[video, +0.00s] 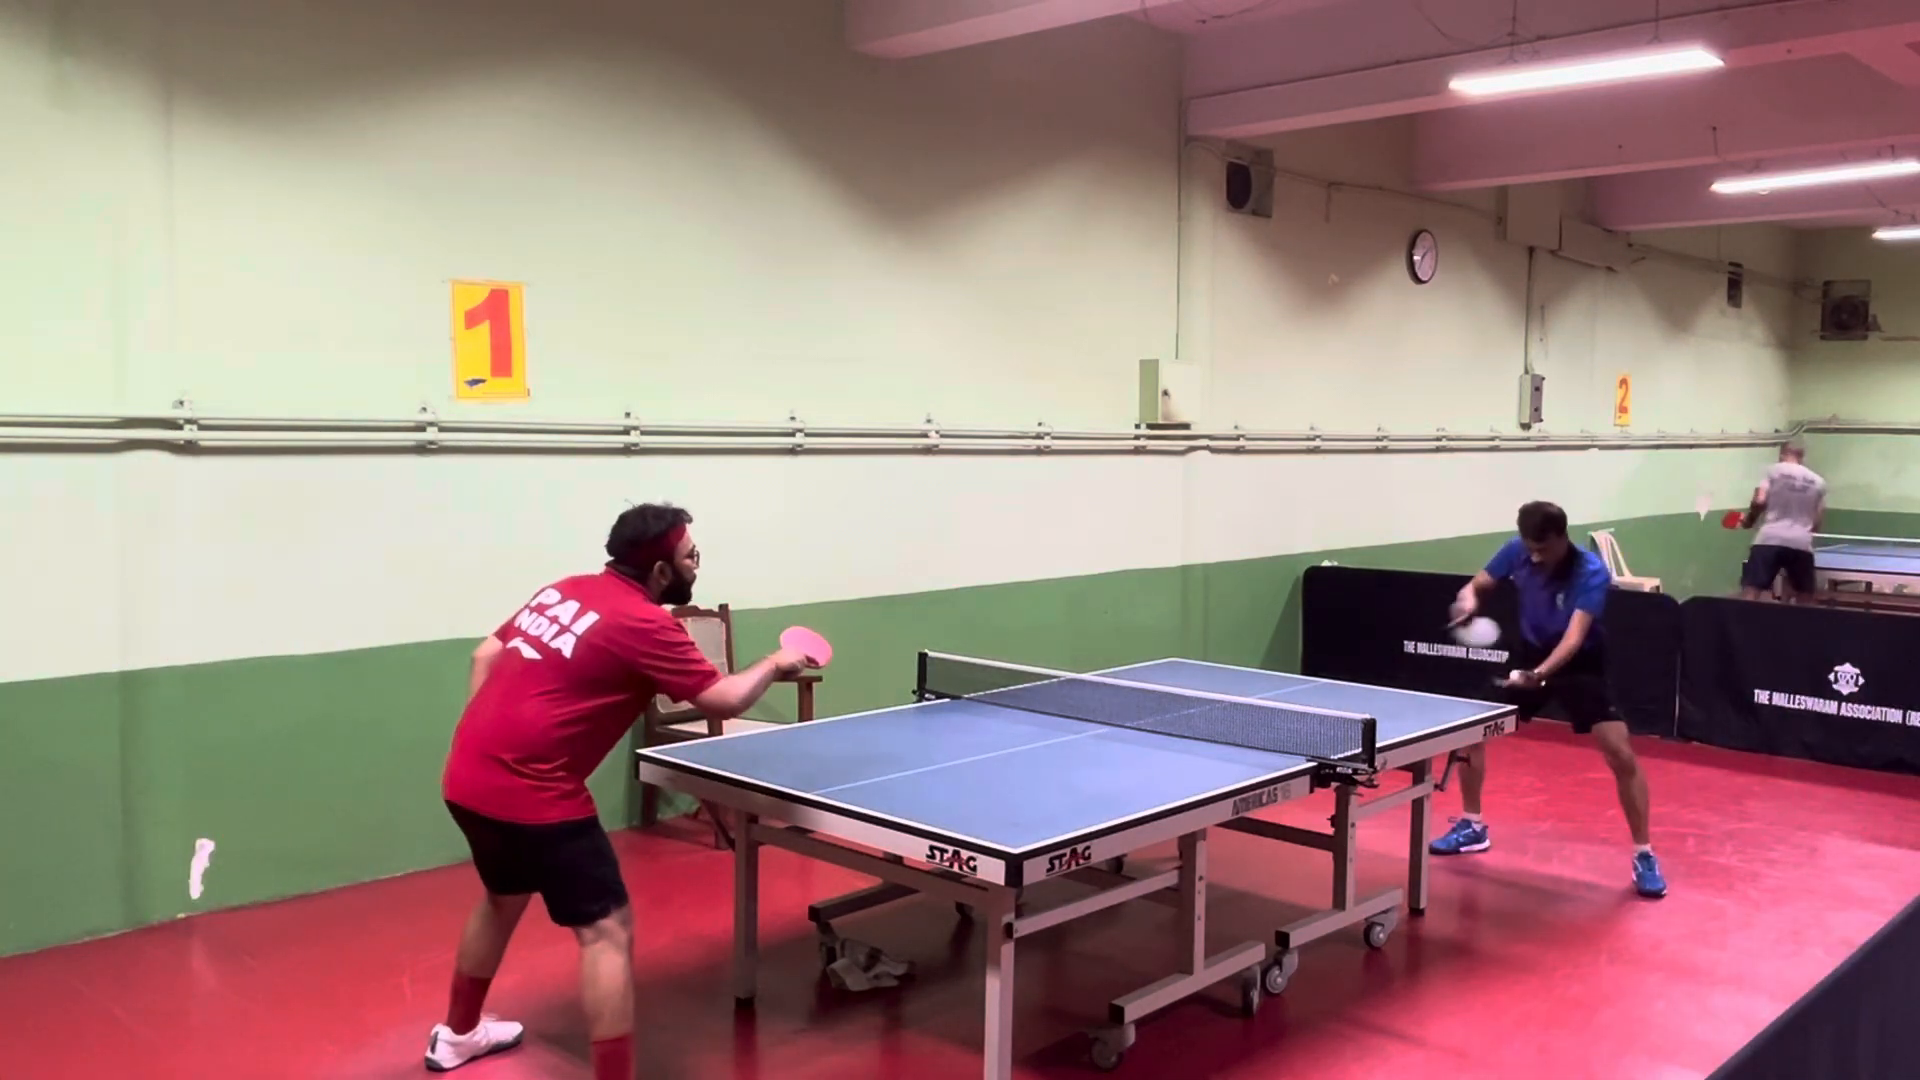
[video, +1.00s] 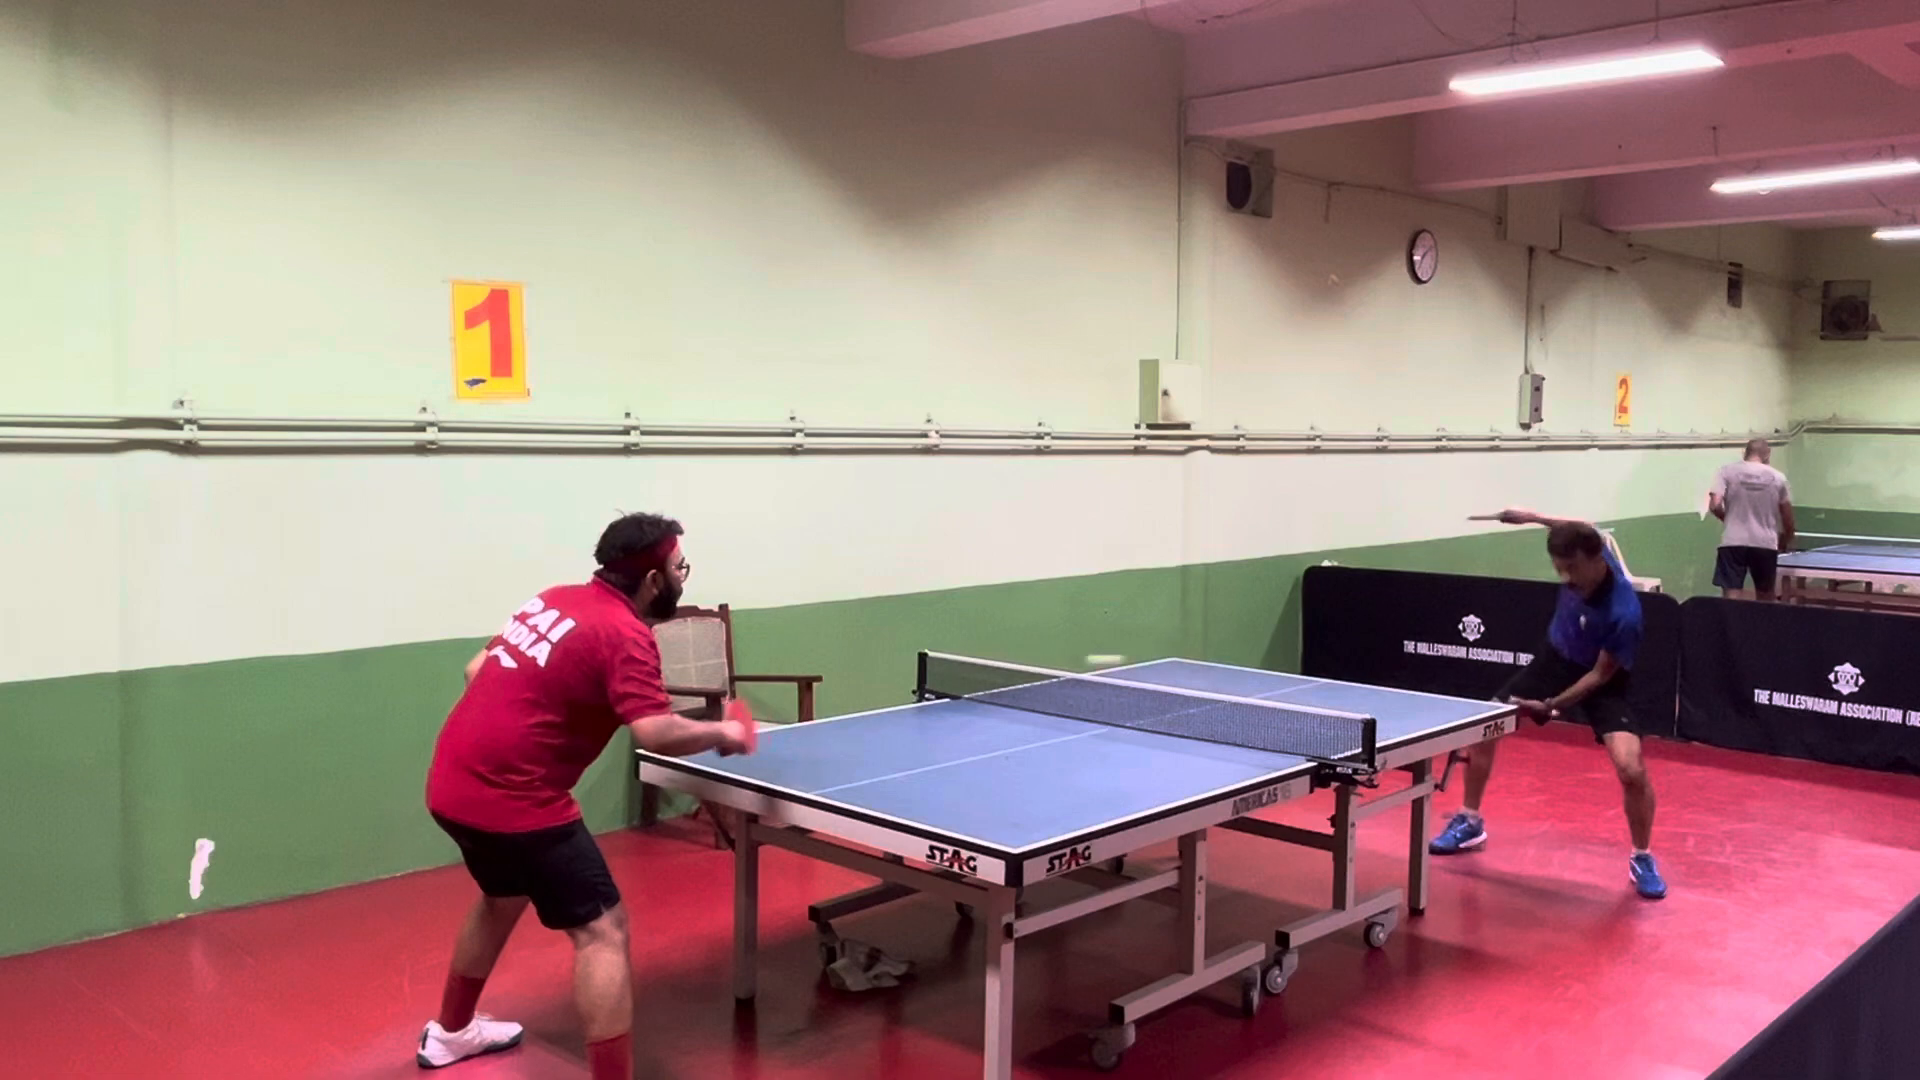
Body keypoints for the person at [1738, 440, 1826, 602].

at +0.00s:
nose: (1784, 459)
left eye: (1783, 456)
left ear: (1783, 455)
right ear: (1802, 457)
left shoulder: (1772, 471)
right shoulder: (1818, 482)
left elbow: (1760, 501)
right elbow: (1817, 521)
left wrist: (1749, 520)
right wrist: (1808, 530)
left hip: (1769, 540)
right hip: (1801, 545)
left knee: (1751, 593)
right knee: (1805, 600)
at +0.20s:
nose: (1756, 458)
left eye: (1757, 455)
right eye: (1757, 455)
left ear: (1759, 454)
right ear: (1778, 455)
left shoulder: (1753, 472)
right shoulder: (1797, 480)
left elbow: (1741, 504)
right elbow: (1797, 515)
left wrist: (1730, 517)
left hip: (1751, 545)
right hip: (1782, 548)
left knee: (1736, 598)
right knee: (1788, 601)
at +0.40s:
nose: (1743, 454)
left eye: (1743, 450)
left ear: (1744, 450)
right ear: (1764, 450)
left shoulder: (1737, 471)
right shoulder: (1783, 474)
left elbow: (1729, 505)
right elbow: (1787, 514)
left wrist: (1722, 516)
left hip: (1740, 545)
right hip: (1771, 547)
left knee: (1735, 599)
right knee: (1773, 599)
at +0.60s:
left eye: (1737, 449)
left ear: (1736, 449)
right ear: (1758, 450)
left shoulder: (1726, 472)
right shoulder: (1777, 473)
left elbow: (1720, 509)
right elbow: (1784, 514)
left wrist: (1712, 515)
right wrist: (1766, 510)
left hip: (1735, 546)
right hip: (1766, 546)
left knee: (1732, 602)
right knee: (1767, 601)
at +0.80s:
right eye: (1756, 449)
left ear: (1737, 450)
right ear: (1759, 451)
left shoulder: (1723, 472)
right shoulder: (1776, 473)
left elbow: (1714, 508)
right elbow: (1782, 515)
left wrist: (1727, 518)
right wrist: (1765, 519)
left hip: (1733, 545)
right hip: (1766, 545)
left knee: (1732, 600)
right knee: (1767, 600)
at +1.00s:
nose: (1769, 458)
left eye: (1769, 455)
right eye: (1769, 455)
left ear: (1745, 454)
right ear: (1766, 455)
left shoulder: (1727, 471)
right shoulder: (1778, 478)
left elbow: (1715, 505)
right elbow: (1789, 523)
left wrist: (1729, 519)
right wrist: (1783, 542)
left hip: (1733, 544)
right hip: (1765, 546)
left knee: (1732, 599)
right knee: (1766, 600)